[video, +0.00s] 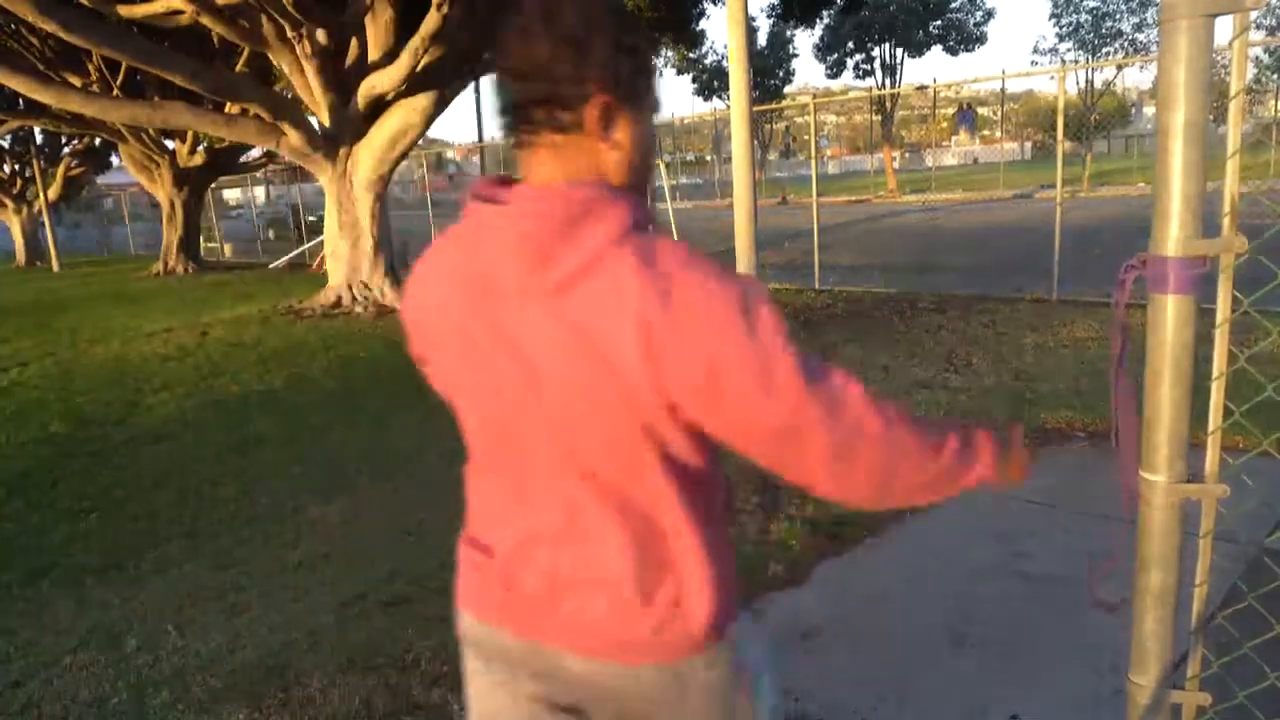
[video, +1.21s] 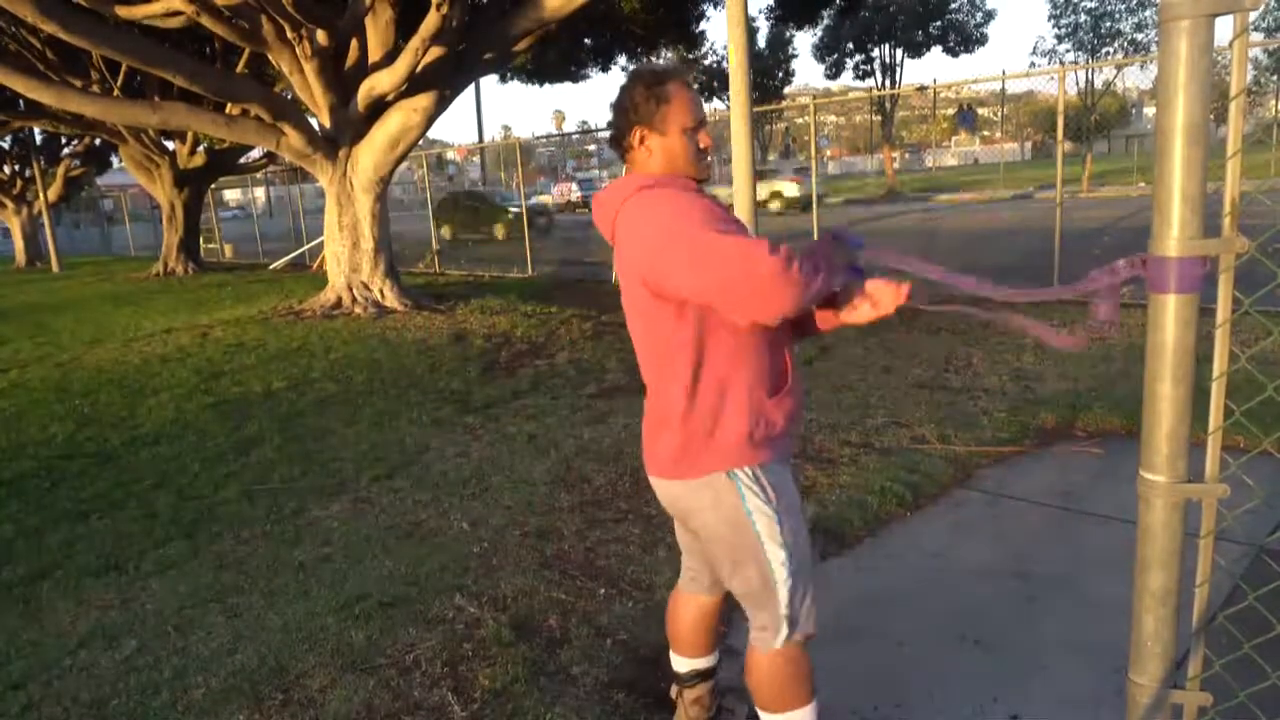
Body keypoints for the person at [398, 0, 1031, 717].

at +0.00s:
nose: (649, 141)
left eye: (650, 116)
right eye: (647, 116)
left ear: (519, 117)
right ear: (605, 119)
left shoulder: (439, 279)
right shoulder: (673, 291)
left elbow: (465, 391)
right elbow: (833, 441)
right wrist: (976, 455)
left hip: (498, 634)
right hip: (654, 646)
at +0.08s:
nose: (717, 142)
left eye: (716, 119)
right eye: (715, 119)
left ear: (589, 113)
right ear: (680, 121)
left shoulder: (499, 255)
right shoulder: (732, 281)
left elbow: (489, 382)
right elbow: (887, 413)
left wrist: (583, 381)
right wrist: (1029, 414)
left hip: (552, 599)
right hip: (701, 610)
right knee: (761, 702)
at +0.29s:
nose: (806, 122)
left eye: (808, 102)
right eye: (808, 102)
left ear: (690, 85)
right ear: (783, 102)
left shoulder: (581, 210)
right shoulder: (816, 246)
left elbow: (539, 343)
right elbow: (967, 365)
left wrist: (627, 392)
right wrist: (1085, 348)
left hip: (612, 531)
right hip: (742, 557)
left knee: (628, 652)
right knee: (790, 706)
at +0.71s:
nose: (780, 130)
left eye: (779, 111)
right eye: (777, 112)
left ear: (677, 114)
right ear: (741, 119)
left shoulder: (624, 223)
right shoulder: (750, 243)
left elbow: (632, 335)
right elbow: (882, 368)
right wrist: (1019, 343)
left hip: (668, 484)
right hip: (752, 505)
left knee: (702, 597)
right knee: (810, 690)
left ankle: (692, 706)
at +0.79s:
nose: (762, 147)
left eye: (760, 129)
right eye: (755, 130)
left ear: (679, 137)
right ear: (710, 136)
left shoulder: (636, 229)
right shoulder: (719, 254)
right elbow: (847, 368)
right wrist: (978, 337)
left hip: (681, 485)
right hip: (747, 500)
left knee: (709, 596)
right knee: (812, 679)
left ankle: (693, 706)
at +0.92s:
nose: (735, 146)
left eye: (732, 131)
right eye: (723, 131)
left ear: (670, 141)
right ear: (672, 140)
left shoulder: (647, 224)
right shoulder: (693, 238)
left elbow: (698, 354)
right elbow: (788, 357)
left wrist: (778, 408)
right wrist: (897, 332)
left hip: (682, 469)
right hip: (736, 479)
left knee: (709, 584)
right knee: (823, 635)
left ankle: (694, 707)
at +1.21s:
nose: (706, 142)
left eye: (703, 129)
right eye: (693, 130)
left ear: (645, 143)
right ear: (644, 142)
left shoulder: (660, 211)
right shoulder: (664, 216)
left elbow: (750, 314)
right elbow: (769, 288)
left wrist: (835, 309)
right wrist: (834, 257)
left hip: (689, 454)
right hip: (728, 457)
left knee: (701, 577)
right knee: (781, 618)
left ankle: (692, 705)